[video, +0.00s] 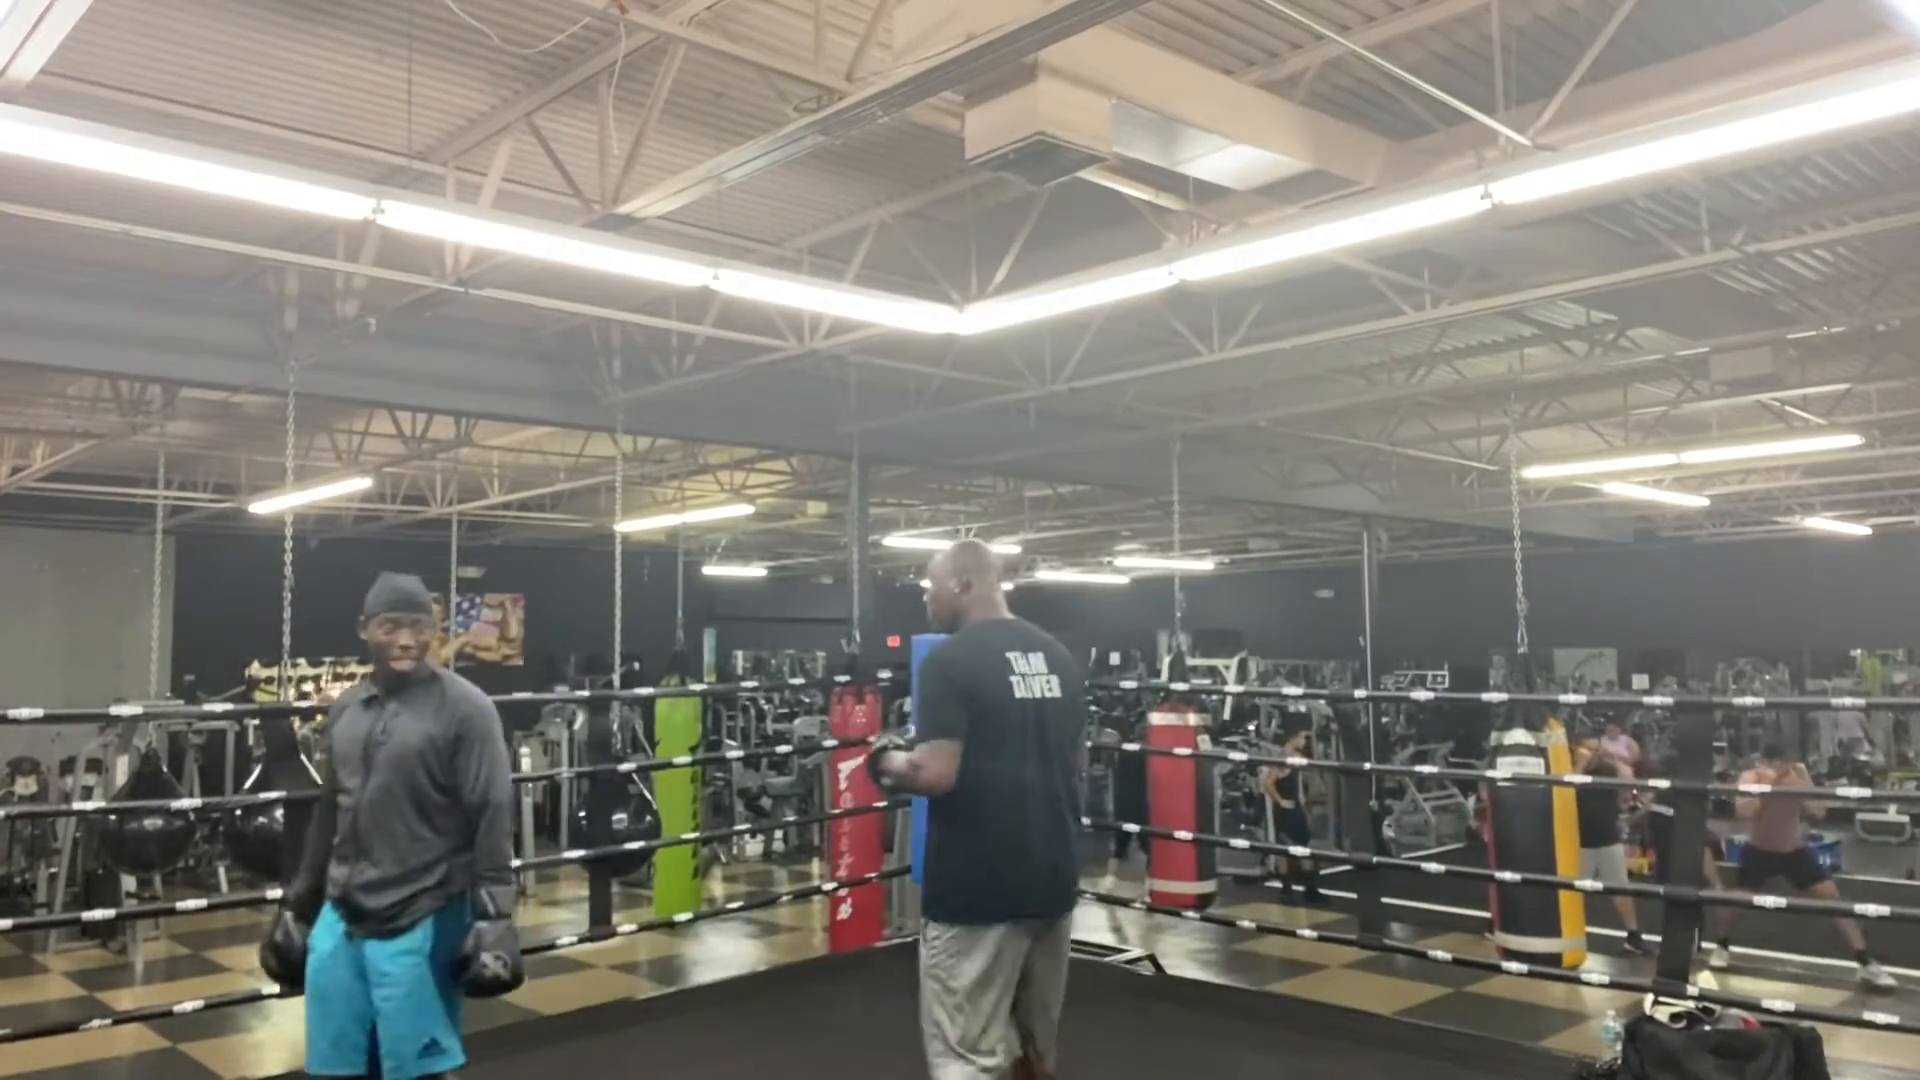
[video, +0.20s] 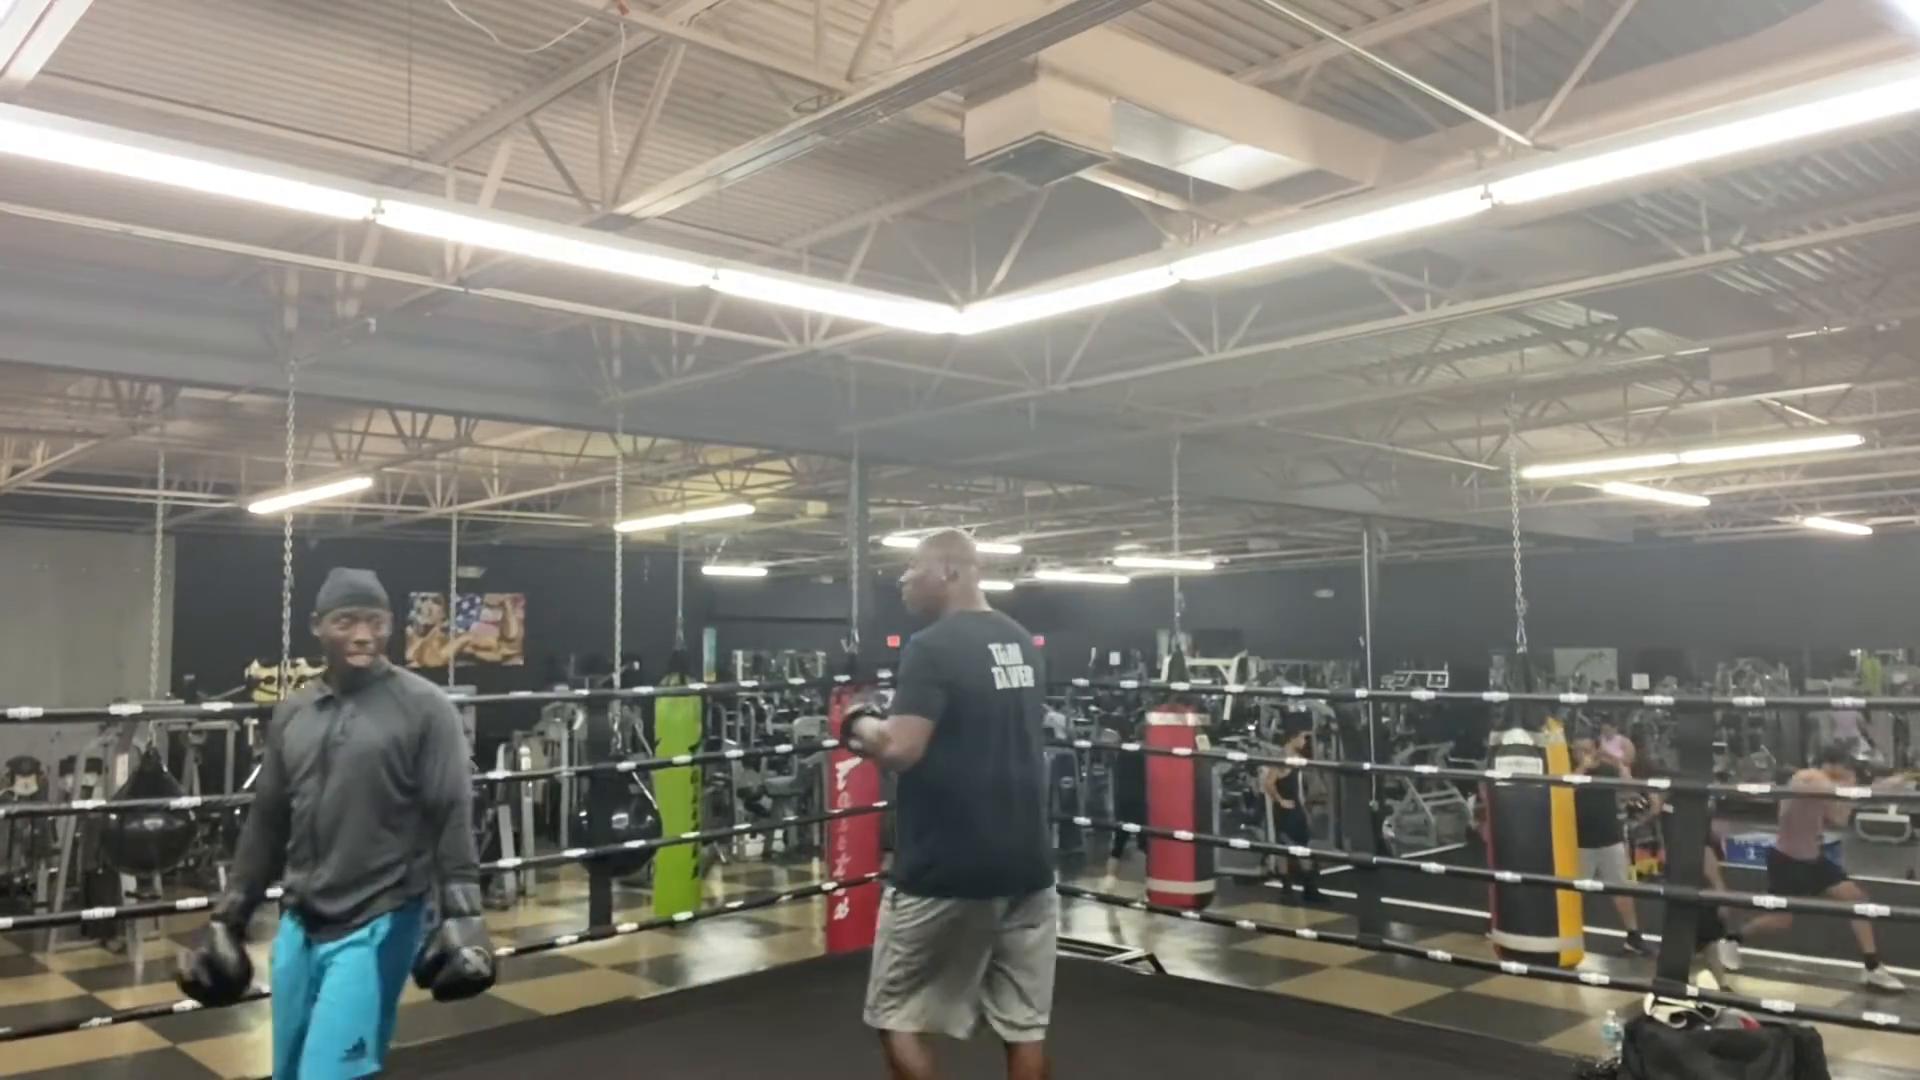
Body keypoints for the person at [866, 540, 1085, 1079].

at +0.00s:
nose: (926, 599)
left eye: (931, 587)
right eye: (927, 588)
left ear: (962, 585)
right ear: (991, 585)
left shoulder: (951, 658)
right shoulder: (1060, 657)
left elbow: (937, 773)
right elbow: (1070, 762)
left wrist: (888, 761)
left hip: (973, 888)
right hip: (1050, 880)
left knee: (965, 1057)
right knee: (1034, 1052)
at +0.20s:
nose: (903, 581)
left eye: (913, 567)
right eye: (906, 569)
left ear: (950, 571)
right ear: (965, 573)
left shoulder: (934, 646)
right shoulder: (1019, 640)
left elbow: (900, 747)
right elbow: (983, 737)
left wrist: (856, 723)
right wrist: (890, 721)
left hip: (945, 866)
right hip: (1025, 860)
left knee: (899, 1018)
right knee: (1026, 1030)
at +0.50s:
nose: (844, 592)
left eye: (855, 581)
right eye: (846, 582)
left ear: (895, 587)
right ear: (901, 589)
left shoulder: (886, 665)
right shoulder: (951, 645)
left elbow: (872, 775)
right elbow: (936, 746)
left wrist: (822, 744)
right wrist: (862, 723)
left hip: (898, 874)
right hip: (965, 864)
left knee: (863, 1013)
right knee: (968, 1013)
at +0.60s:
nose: (818, 599)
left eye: (829, 588)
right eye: (819, 588)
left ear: (870, 592)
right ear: (872, 593)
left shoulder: (871, 671)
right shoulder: (919, 647)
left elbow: (855, 776)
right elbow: (912, 740)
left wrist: (807, 745)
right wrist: (844, 715)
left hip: (878, 866)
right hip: (922, 854)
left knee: (857, 1017)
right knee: (908, 988)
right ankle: (963, 1071)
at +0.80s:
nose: (799, 595)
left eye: (809, 583)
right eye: (800, 583)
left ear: (848, 587)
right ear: (846, 589)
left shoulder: (867, 657)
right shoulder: (854, 650)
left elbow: (861, 769)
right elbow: (846, 746)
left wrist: (797, 743)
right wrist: (801, 735)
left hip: (871, 867)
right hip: (855, 861)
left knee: (861, 1017)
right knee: (856, 1010)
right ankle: (878, 1073)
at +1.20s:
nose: (802, 587)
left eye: (813, 577)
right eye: (793, 578)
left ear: (838, 584)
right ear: (784, 584)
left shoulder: (866, 649)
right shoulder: (780, 639)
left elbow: (918, 726)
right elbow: (766, 709)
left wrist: (847, 726)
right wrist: (754, 716)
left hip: (854, 840)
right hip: (794, 836)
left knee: (853, 969)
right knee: (804, 966)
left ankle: (876, 1074)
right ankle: (829, 1070)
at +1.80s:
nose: (845, 587)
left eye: (855, 577)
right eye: (835, 578)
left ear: (870, 586)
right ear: (816, 587)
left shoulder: (898, 652)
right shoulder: (781, 647)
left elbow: (927, 732)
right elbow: (737, 723)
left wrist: (919, 735)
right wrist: (790, 709)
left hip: (877, 837)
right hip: (797, 838)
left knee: (898, 964)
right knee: (802, 963)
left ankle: (907, 1070)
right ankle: (818, 1062)